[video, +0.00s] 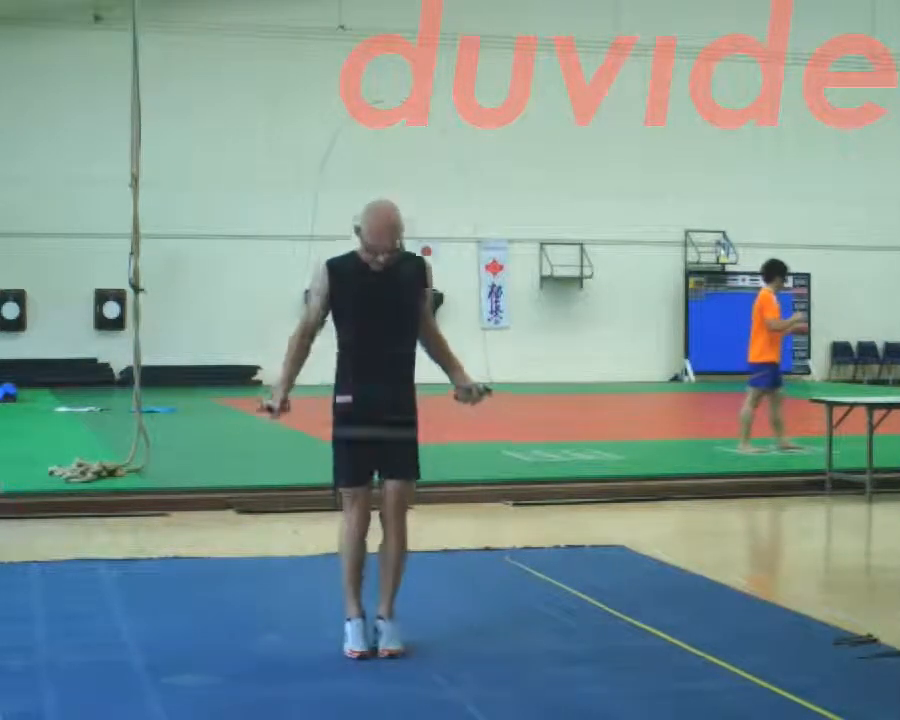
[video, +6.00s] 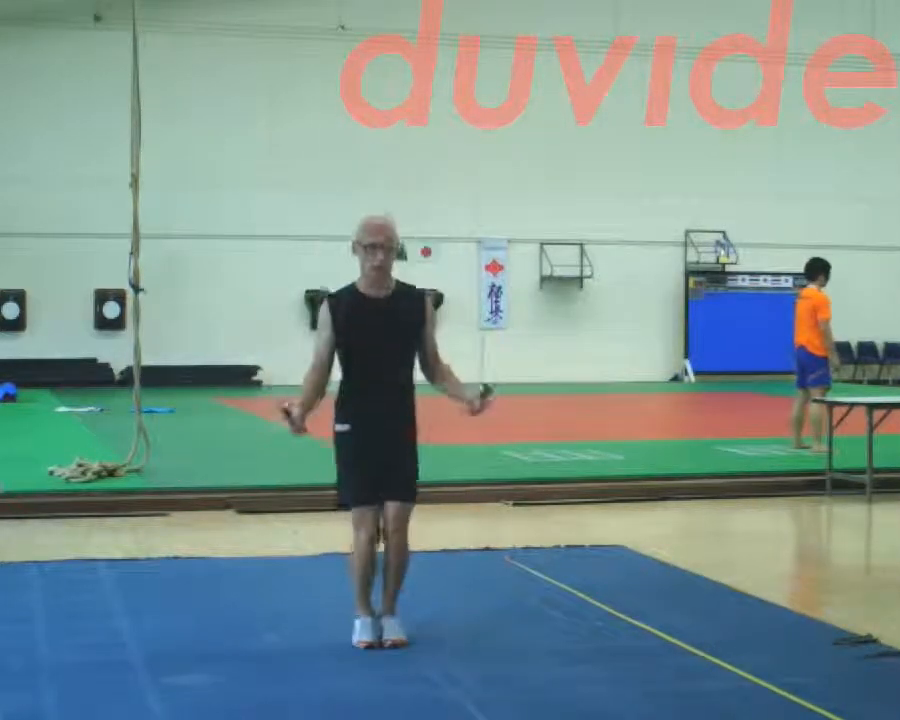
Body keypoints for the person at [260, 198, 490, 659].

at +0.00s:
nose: (382, 258)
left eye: (390, 250)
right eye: (374, 250)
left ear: (401, 238)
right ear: (359, 235)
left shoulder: (416, 271)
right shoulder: (333, 274)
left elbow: (428, 331)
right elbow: (305, 332)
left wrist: (459, 377)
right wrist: (283, 388)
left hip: (400, 404)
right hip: (353, 405)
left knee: (396, 509)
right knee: (357, 511)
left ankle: (386, 618)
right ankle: (354, 619)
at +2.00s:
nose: (372, 268)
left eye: (380, 259)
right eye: (363, 260)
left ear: (391, 248)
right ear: (348, 247)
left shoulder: (406, 287)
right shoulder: (323, 292)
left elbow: (418, 351)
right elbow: (307, 353)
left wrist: (453, 385)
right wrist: (293, 397)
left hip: (391, 421)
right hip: (343, 421)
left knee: (389, 523)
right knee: (351, 527)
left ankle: (375, 622)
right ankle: (345, 622)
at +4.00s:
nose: (379, 238)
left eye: (387, 230)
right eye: (371, 229)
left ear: (398, 220)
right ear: (357, 217)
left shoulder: (414, 258)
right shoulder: (333, 261)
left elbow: (424, 326)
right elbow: (311, 326)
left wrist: (453, 376)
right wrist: (289, 382)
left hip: (395, 391)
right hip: (352, 392)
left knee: (392, 498)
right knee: (358, 497)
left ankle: (377, 605)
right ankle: (354, 603)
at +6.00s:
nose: (377, 256)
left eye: (384, 248)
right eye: (369, 248)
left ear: (396, 251)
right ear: (355, 251)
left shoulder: (418, 303)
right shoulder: (336, 306)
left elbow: (433, 365)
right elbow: (320, 368)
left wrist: (465, 395)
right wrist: (301, 408)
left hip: (399, 420)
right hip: (354, 421)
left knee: (396, 521)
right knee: (366, 523)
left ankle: (389, 614)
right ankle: (363, 615)